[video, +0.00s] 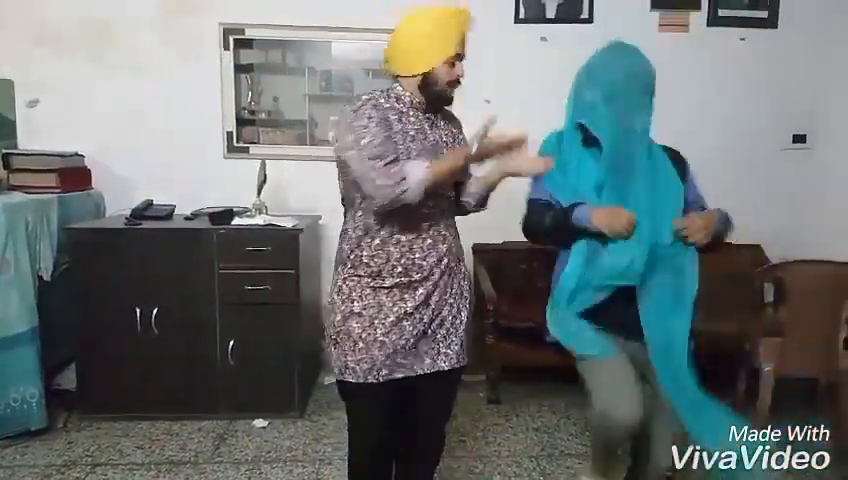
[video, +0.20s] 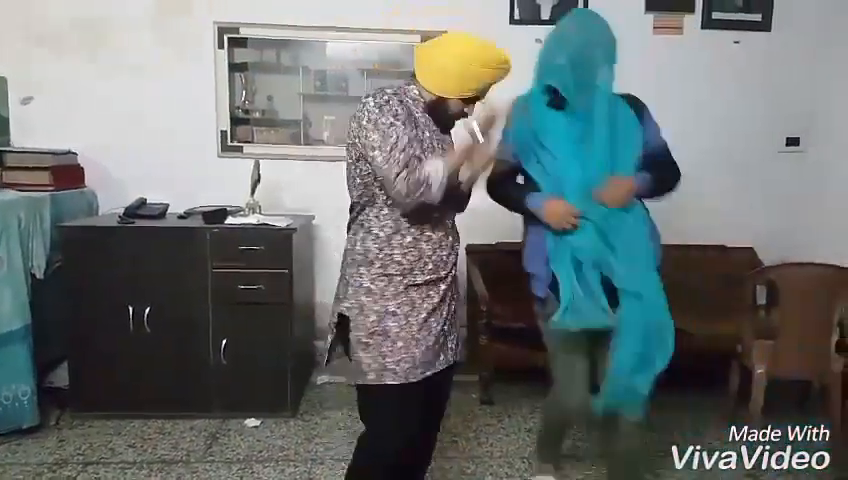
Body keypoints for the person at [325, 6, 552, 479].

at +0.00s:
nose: (460, 73)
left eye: (460, 62)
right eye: (452, 63)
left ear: (434, 65)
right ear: (418, 63)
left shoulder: (447, 124)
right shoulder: (367, 119)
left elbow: (457, 199)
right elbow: (385, 190)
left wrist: (499, 167)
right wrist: (470, 153)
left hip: (441, 311)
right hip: (375, 312)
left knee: (423, 453)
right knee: (374, 454)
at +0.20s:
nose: (474, 107)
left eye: (477, 100)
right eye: (470, 99)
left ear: (444, 87)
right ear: (444, 90)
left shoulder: (439, 123)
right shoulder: (381, 111)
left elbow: (449, 205)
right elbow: (406, 188)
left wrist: (470, 169)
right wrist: (461, 153)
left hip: (435, 296)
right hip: (389, 300)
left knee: (423, 433)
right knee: (391, 435)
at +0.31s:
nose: (472, 99)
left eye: (474, 90)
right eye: (469, 89)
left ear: (440, 79)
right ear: (442, 80)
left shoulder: (429, 121)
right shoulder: (385, 117)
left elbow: (446, 203)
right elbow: (426, 212)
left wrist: (485, 257)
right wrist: (487, 248)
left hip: (427, 302)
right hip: (389, 307)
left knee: (415, 443)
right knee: (399, 447)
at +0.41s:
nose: (477, 80)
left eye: (478, 68)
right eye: (473, 67)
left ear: (444, 65)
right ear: (443, 65)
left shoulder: (432, 122)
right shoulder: (396, 113)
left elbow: (446, 204)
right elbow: (411, 216)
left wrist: (487, 246)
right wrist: (485, 269)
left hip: (423, 302)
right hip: (388, 307)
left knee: (410, 448)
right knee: (395, 454)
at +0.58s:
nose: (479, 68)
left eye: (479, 56)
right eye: (473, 55)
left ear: (442, 57)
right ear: (444, 56)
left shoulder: (452, 126)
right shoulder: (391, 114)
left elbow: (454, 195)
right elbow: (419, 211)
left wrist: (489, 199)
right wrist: (512, 222)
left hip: (434, 298)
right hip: (385, 303)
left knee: (419, 442)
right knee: (398, 451)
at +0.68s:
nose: (479, 67)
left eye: (480, 54)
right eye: (472, 54)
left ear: (442, 55)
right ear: (438, 53)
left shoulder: (459, 124)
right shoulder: (379, 116)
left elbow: (474, 196)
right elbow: (410, 206)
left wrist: (524, 209)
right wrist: (507, 200)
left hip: (443, 302)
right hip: (386, 305)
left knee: (424, 440)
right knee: (399, 454)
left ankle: (410, 470)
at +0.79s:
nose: (473, 60)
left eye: (476, 47)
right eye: (463, 46)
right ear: (425, 46)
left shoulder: (473, 124)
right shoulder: (376, 116)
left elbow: (489, 192)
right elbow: (384, 209)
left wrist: (529, 218)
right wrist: (489, 211)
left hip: (457, 307)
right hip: (391, 310)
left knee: (436, 447)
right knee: (400, 460)